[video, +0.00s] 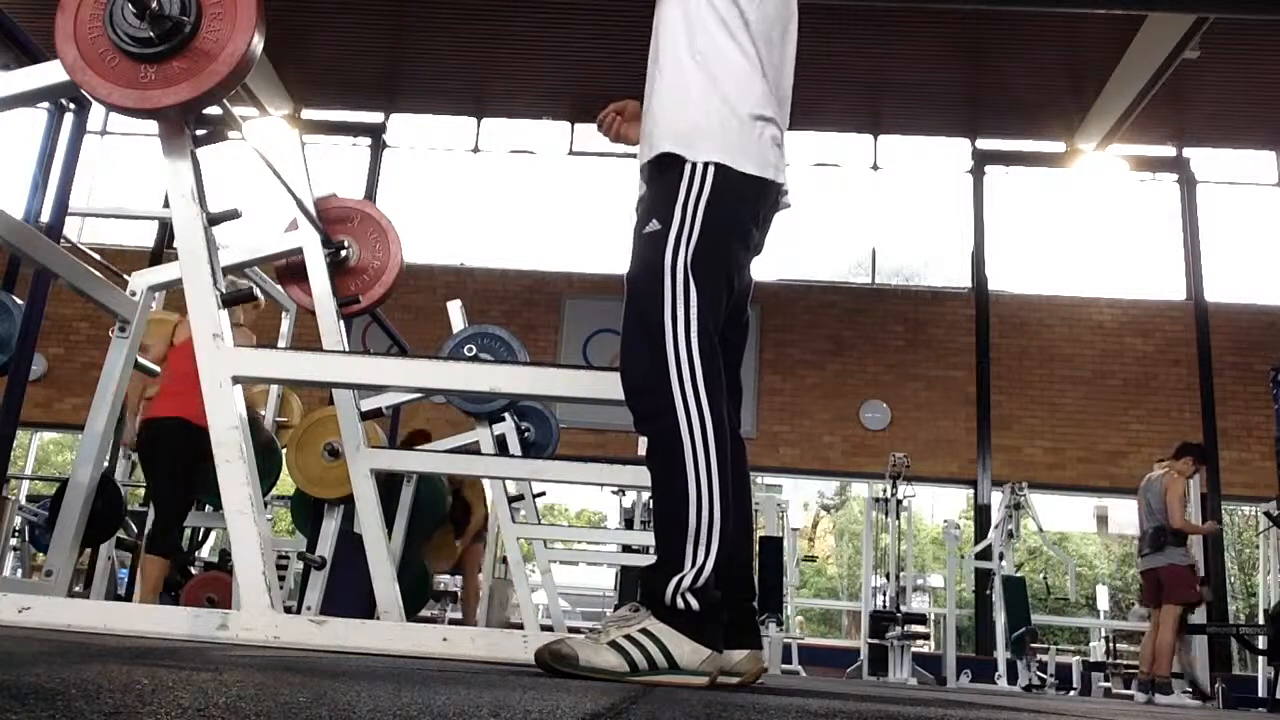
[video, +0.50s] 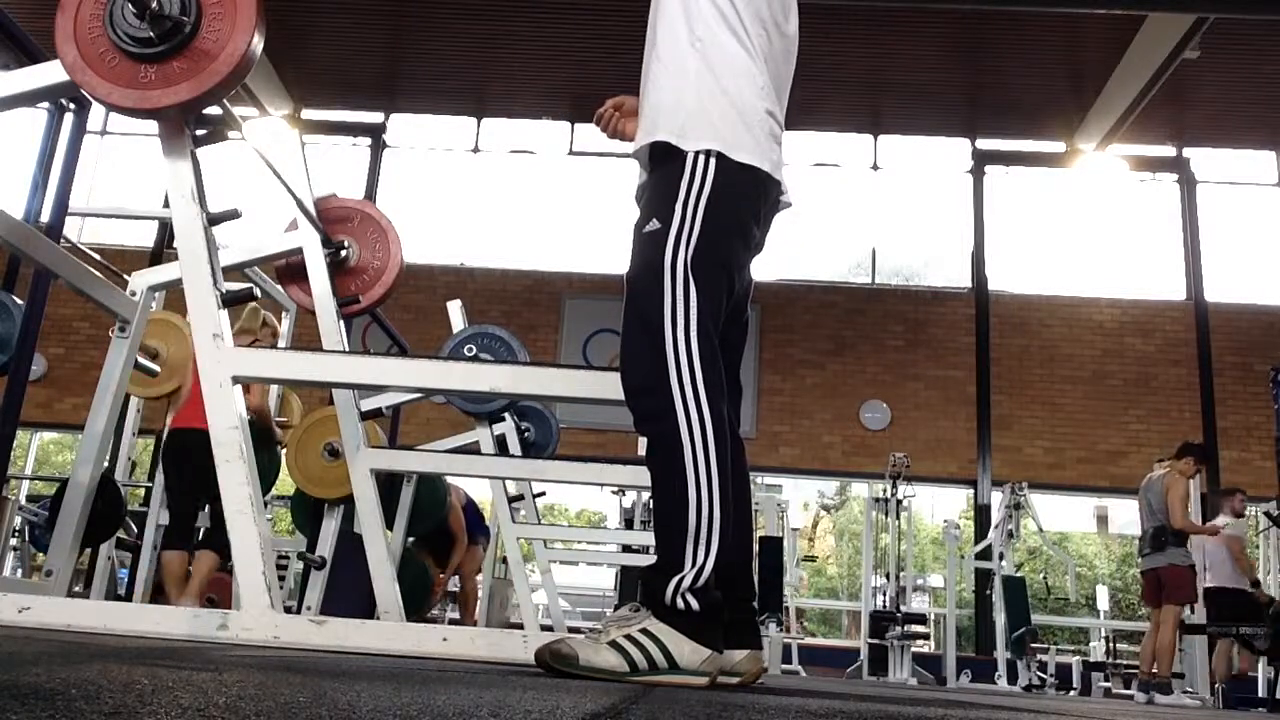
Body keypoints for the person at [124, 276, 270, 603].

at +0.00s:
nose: (250, 316)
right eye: (249, 311)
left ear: (209, 302)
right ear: (242, 310)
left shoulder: (184, 324)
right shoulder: (243, 335)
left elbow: (142, 369)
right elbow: (249, 388)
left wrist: (130, 416)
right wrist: (261, 420)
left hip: (154, 425)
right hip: (194, 431)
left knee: (166, 517)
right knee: (169, 519)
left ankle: (146, 606)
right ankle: (146, 610)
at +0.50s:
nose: (272, 346)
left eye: (272, 341)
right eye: (271, 340)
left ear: (238, 327)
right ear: (263, 334)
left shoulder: (202, 346)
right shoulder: (258, 352)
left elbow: (183, 392)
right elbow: (256, 403)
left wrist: (173, 421)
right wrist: (274, 433)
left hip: (179, 435)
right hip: (222, 440)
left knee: (180, 518)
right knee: (223, 520)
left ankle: (176, 606)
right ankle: (191, 598)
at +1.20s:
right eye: (281, 326)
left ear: (244, 320)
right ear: (278, 327)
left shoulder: (216, 345)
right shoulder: (281, 355)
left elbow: (192, 396)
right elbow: (279, 410)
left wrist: (186, 438)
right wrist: (278, 443)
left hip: (203, 441)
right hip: (254, 449)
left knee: (190, 525)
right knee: (231, 532)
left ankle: (180, 614)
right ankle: (215, 619)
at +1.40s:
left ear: (242, 312)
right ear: (276, 319)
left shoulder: (220, 336)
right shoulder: (283, 347)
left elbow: (194, 393)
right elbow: (286, 403)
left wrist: (185, 436)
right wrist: (276, 442)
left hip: (208, 442)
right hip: (259, 449)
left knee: (193, 526)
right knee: (233, 532)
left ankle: (180, 614)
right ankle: (214, 619)